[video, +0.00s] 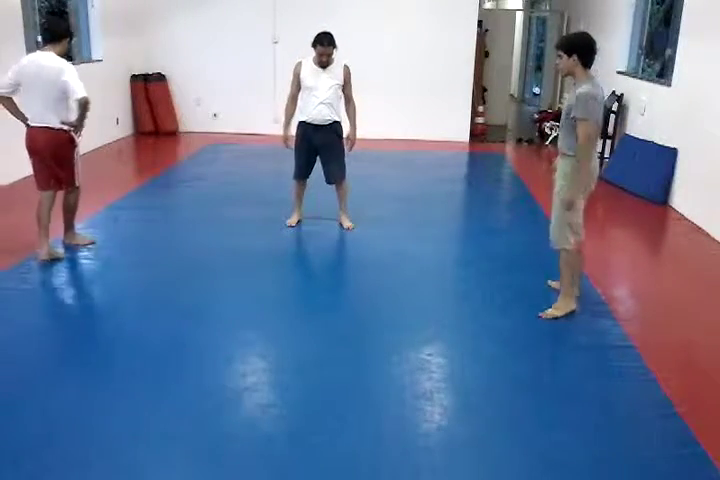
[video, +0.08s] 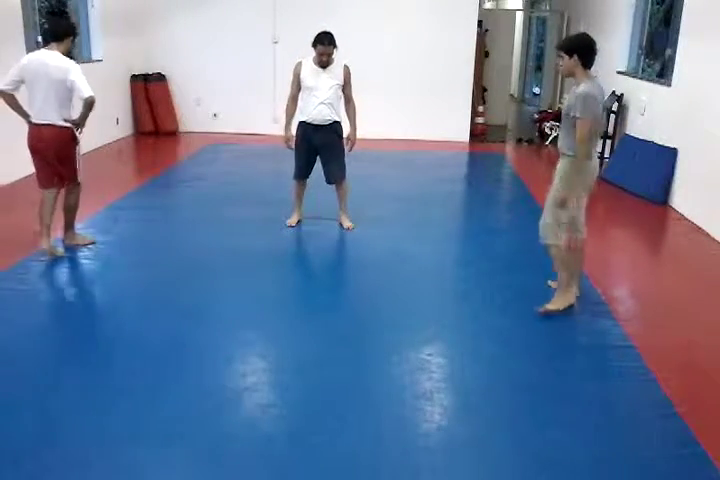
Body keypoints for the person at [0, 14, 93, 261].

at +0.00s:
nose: (69, 46)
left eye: (68, 41)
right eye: (68, 41)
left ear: (43, 38)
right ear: (64, 40)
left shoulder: (25, 63)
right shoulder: (63, 67)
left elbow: (4, 93)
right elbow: (83, 100)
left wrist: (23, 119)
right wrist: (79, 123)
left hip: (34, 134)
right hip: (60, 135)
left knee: (46, 190)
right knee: (71, 186)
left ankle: (44, 247)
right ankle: (70, 235)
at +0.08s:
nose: (72, 44)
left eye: (72, 40)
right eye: (72, 40)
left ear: (48, 37)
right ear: (66, 39)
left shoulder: (29, 60)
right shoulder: (68, 65)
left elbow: (5, 89)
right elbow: (89, 98)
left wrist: (26, 117)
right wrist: (80, 121)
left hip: (37, 132)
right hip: (62, 133)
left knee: (49, 188)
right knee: (72, 184)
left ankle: (45, 240)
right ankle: (70, 234)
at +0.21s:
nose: (77, 44)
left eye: (76, 40)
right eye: (77, 40)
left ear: (53, 36)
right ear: (73, 38)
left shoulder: (31, 58)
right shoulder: (73, 64)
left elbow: (8, 86)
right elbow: (94, 97)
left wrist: (27, 113)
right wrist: (84, 119)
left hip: (40, 129)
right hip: (64, 129)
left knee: (55, 182)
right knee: (71, 184)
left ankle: (46, 226)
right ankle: (69, 234)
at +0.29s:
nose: (78, 44)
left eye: (78, 40)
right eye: (78, 40)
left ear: (55, 36)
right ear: (74, 38)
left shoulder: (33, 58)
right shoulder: (74, 62)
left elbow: (10, 85)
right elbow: (95, 95)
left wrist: (29, 113)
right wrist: (84, 117)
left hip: (41, 127)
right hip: (64, 128)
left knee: (58, 177)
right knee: (71, 183)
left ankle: (50, 224)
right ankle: (69, 234)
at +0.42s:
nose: (81, 45)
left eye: (81, 40)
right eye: (81, 40)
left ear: (60, 35)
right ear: (76, 38)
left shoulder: (39, 56)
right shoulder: (73, 60)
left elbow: (14, 84)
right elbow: (91, 92)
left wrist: (31, 112)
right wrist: (84, 116)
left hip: (43, 125)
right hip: (63, 126)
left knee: (63, 177)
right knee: (71, 181)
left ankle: (60, 229)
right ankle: (69, 232)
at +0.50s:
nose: (83, 45)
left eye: (84, 41)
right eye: (83, 41)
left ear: (62, 36)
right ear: (76, 38)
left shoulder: (43, 56)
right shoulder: (71, 59)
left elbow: (19, 84)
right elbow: (86, 91)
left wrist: (33, 113)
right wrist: (82, 117)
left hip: (44, 124)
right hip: (63, 125)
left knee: (63, 177)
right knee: (72, 180)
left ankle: (68, 222)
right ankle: (69, 234)